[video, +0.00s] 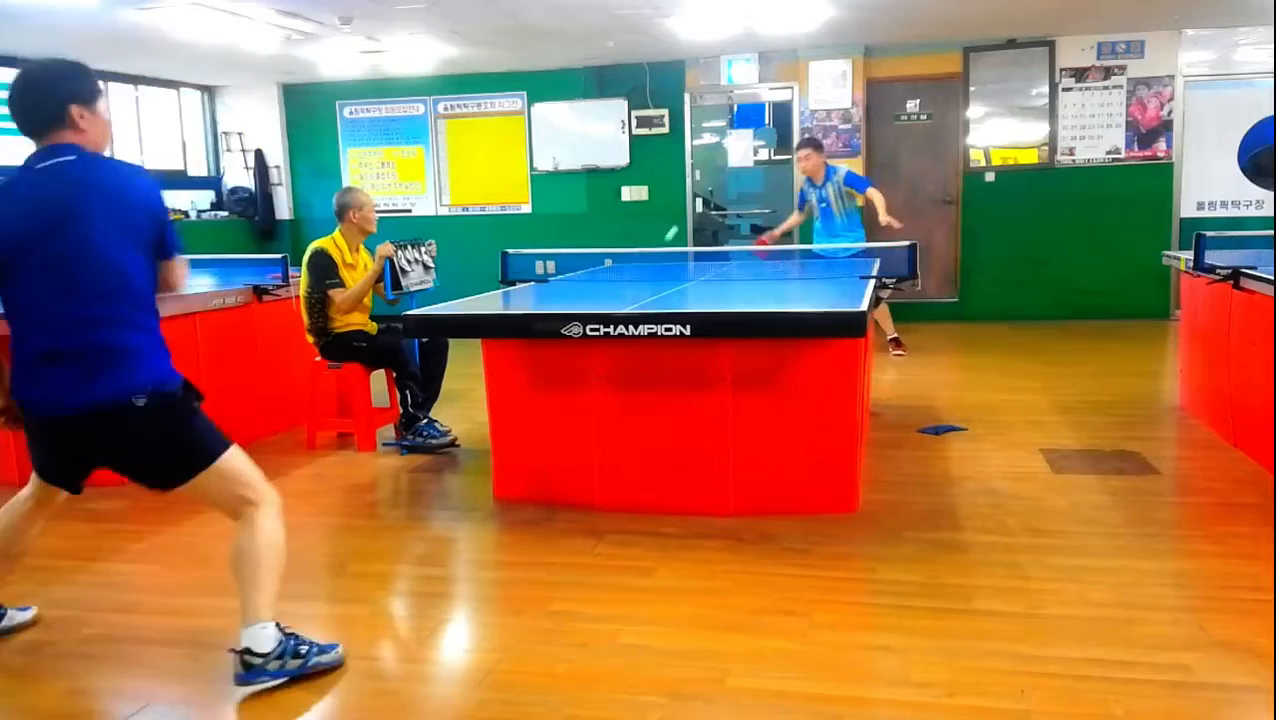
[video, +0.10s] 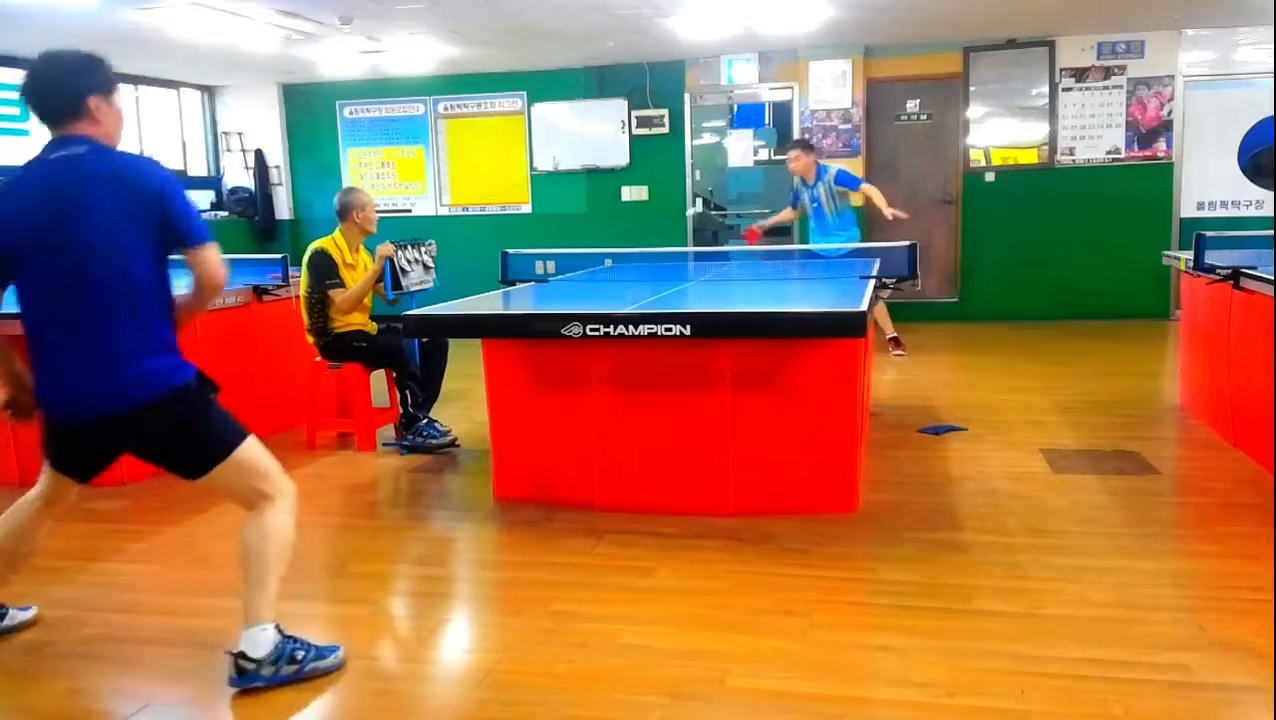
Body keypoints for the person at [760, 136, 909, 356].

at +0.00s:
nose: (802, 165)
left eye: (806, 158)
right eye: (799, 160)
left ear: (821, 157)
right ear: (798, 163)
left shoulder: (842, 176)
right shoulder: (806, 186)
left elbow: (873, 193)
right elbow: (800, 214)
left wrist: (883, 214)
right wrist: (776, 232)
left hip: (853, 251)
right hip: (822, 253)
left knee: (871, 293)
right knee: (820, 297)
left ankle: (892, 337)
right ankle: (824, 344)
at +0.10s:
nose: (791, 166)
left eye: (795, 160)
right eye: (789, 161)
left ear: (811, 157)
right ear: (789, 163)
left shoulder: (833, 175)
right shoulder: (799, 183)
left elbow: (869, 189)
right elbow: (793, 212)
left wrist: (885, 208)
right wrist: (766, 224)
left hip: (848, 250)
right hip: (817, 251)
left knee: (869, 291)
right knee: (814, 295)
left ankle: (891, 336)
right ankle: (819, 344)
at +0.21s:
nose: (781, 166)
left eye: (784, 160)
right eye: (779, 162)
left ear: (800, 157)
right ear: (788, 162)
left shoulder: (825, 174)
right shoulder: (792, 184)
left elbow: (860, 187)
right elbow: (774, 208)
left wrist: (877, 204)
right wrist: (744, 215)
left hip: (842, 250)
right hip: (812, 251)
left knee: (866, 291)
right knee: (810, 296)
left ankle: (892, 336)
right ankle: (814, 344)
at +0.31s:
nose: (776, 161)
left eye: (780, 156)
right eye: (774, 157)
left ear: (795, 154)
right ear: (778, 160)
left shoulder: (818, 170)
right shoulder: (782, 180)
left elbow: (846, 183)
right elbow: (753, 194)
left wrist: (861, 201)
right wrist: (723, 194)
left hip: (837, 244)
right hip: (806, 248)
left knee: (863, 287)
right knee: (808, 293)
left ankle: (891, 332)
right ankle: (814, 339)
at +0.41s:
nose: (778, 149)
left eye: (782, 143)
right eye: (776, 145)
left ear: (796, 142)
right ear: (775, 147)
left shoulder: (814, 158)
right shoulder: (776, 164)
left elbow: (843, 171)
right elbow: (751, 171)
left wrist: (862, 187)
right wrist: (730, 173)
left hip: (824, 233)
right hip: (796, 236)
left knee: (834, 279)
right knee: (799, 281)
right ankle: (803, 322)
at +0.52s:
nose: (780, 142)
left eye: (785, 137)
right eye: (778, 138)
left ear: (798, 137)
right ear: (775, 141)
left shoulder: (814, 154)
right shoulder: (773, 161)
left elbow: (845, 170)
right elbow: (752, 182)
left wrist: (871, 190)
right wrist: (736, 185)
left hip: (819, 230)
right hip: (791, 232)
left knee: (823, 276)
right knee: (794, 277)